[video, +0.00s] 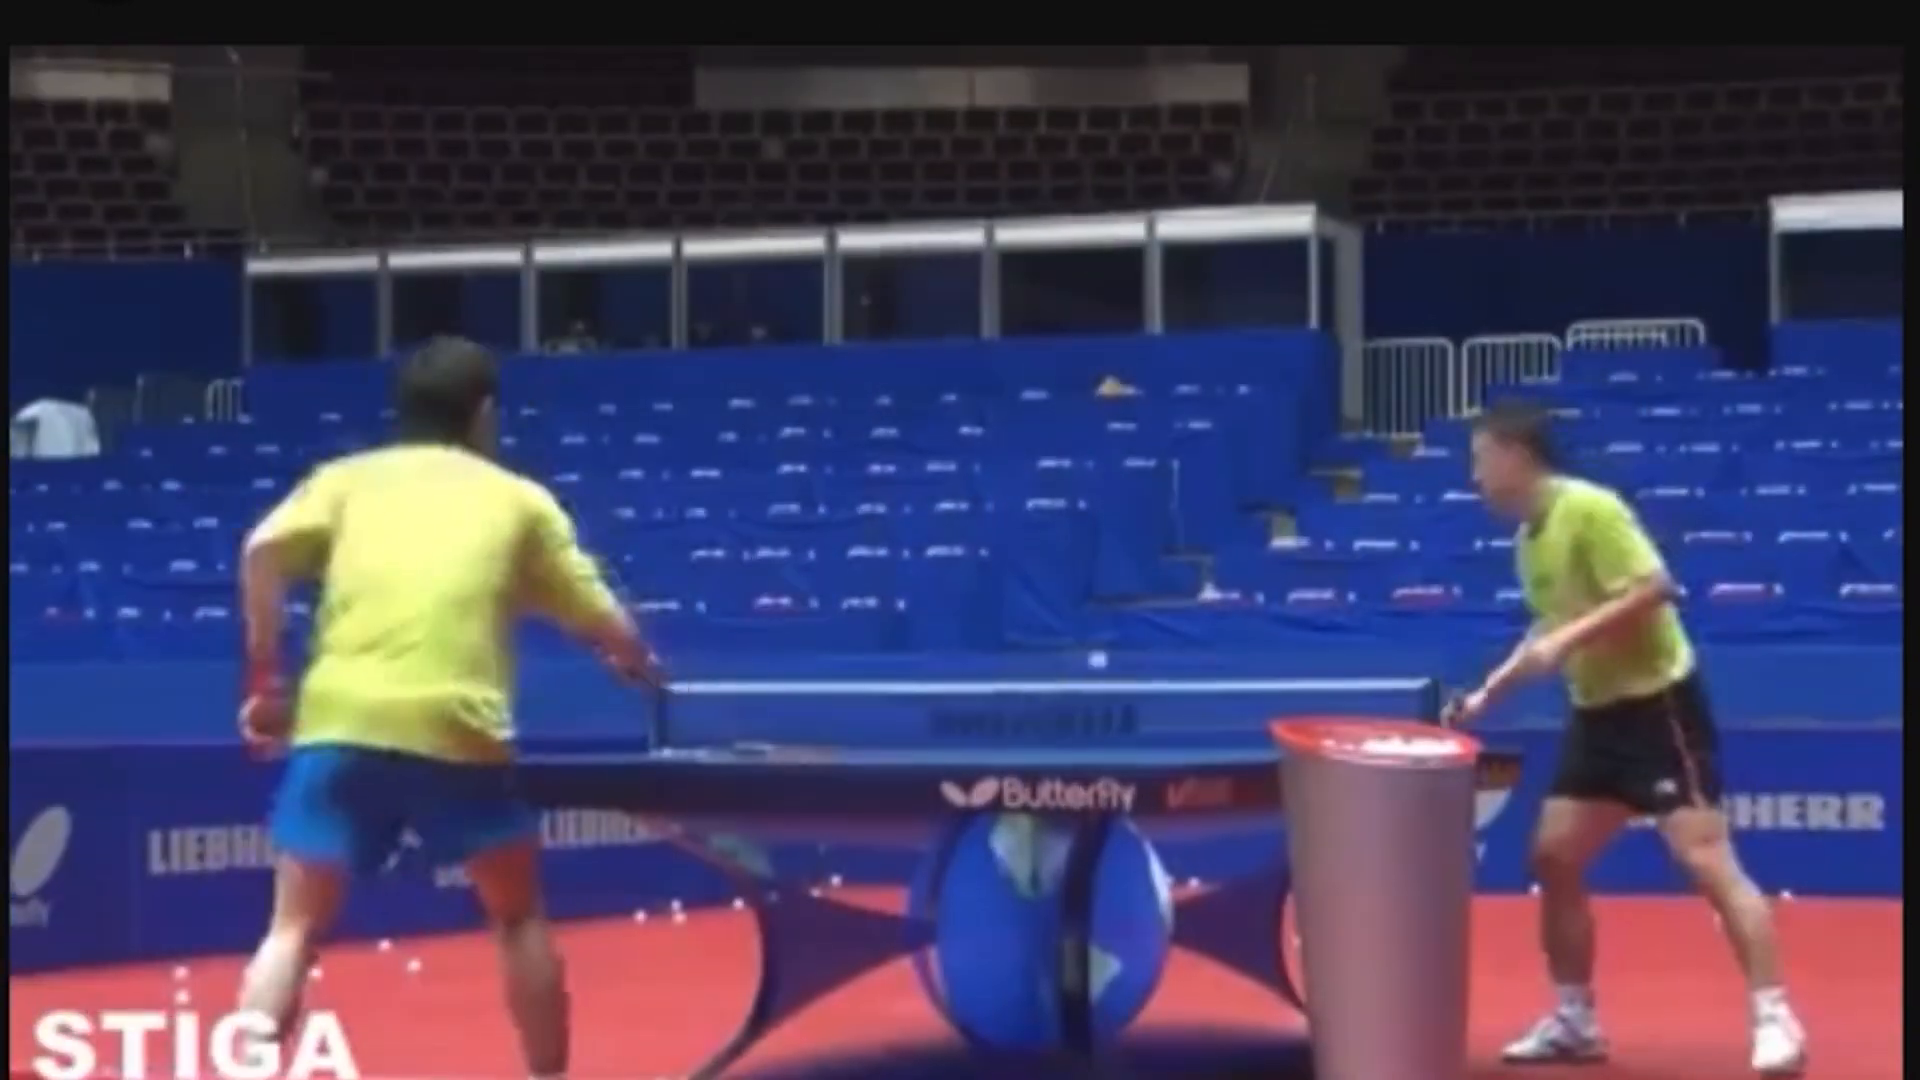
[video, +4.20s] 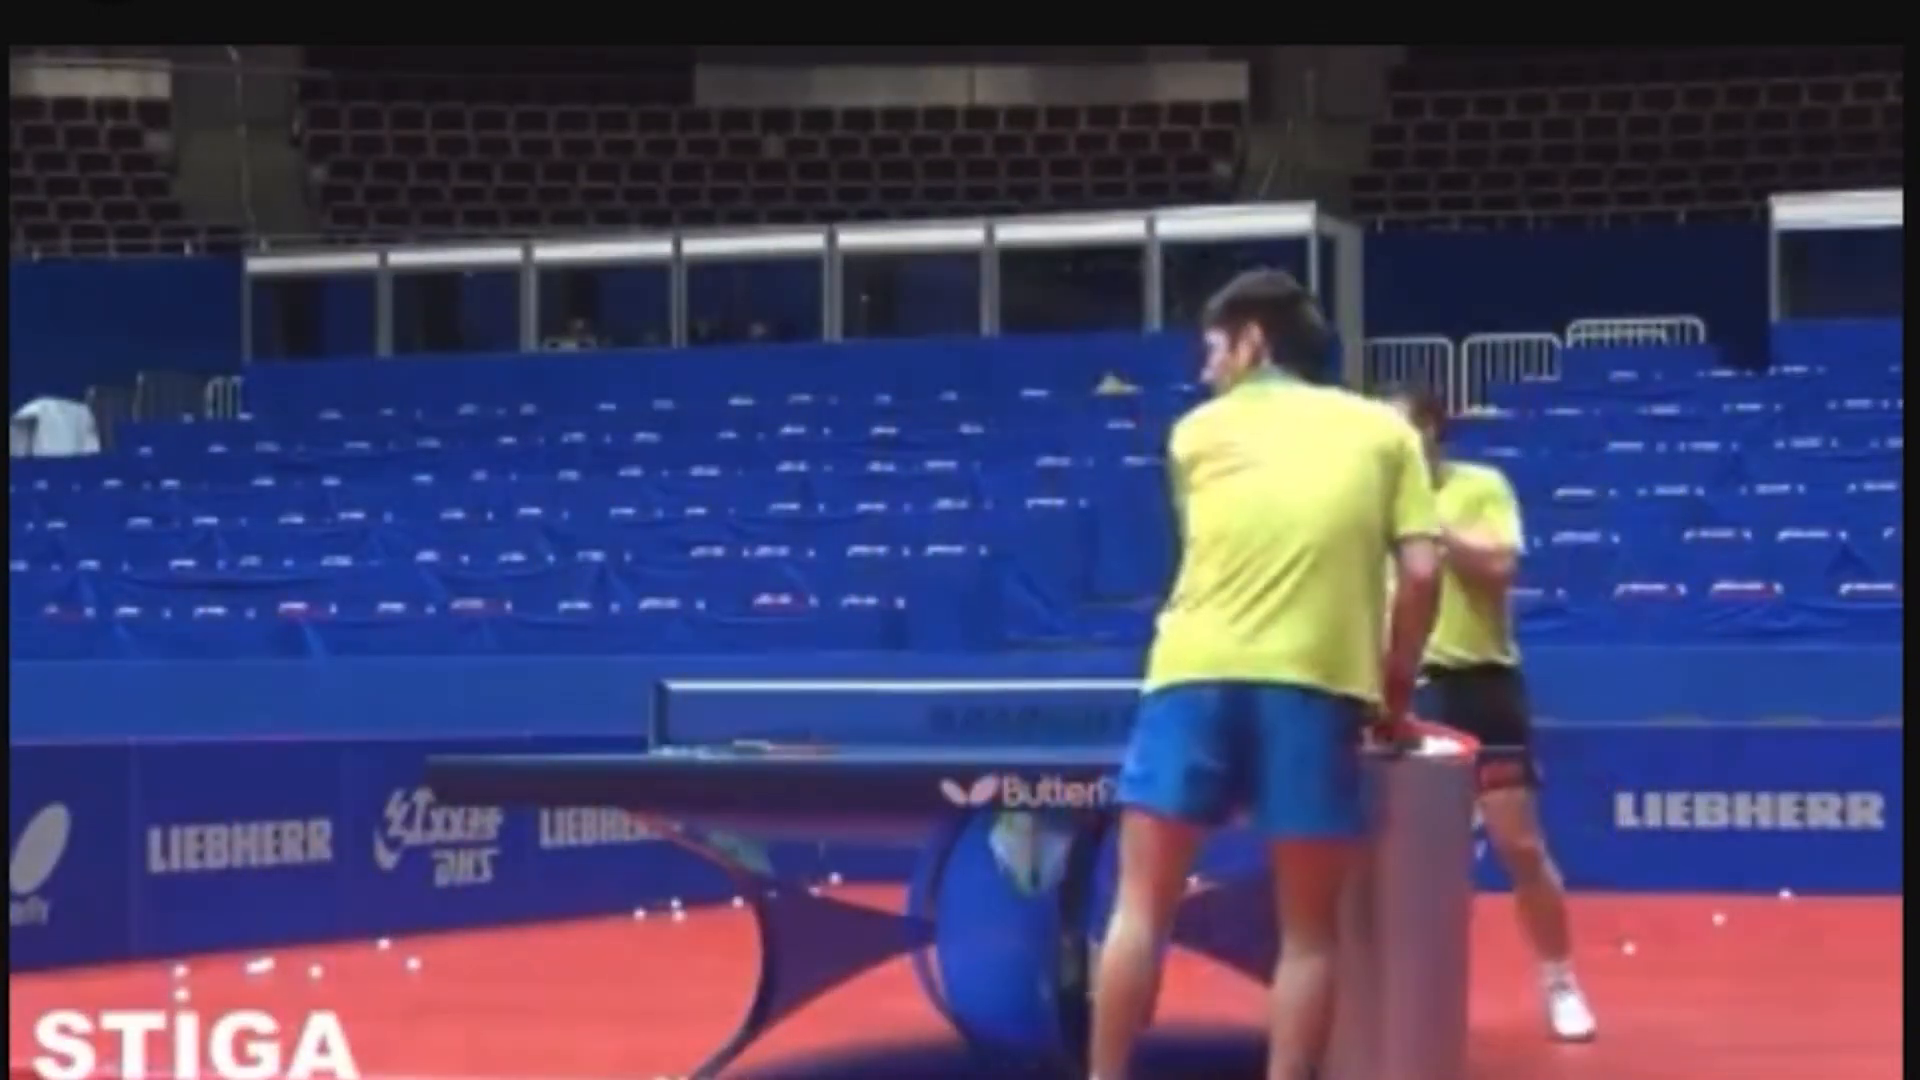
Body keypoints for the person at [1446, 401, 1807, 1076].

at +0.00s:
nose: (1476, 475)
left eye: (1484, 457)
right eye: (1475, 460)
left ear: (1522, 456)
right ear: (1510, 462)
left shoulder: (1590, 509)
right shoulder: (1530, 538)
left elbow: (1653, 585)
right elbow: (1550, 635)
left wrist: (1566, 638)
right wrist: (1486, 694)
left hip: (1661, 702)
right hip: (1599, 713)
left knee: (1705, 857)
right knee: (1555, 856)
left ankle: (1772, 1013)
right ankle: (1574, 1018)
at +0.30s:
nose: (1485, 430)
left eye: (1497, 414)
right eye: (1480, 420)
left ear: (1541, 417)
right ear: (1486, 438)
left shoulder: (1609, 478)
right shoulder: (1496, 519)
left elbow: (1664, 554)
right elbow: (1497, 619)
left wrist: (1579, 590)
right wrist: (1487, 712)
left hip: (1629, 678)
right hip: (1553, 690)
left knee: (1656, 851)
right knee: (1563, 852)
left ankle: (1680, 995)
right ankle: (1573, 1010)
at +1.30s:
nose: (1553, 425)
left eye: (1568, 414)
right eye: (1545, 413)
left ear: (1596, 428)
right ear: (1531, 425)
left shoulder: (1630, 507)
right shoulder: (1502, 500)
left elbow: (1659, 585)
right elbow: (1454, 576)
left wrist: (1645, 610)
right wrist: (1458, 625)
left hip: (1592, 681)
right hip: (1511, 679)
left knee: (1603, 845)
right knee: (1486, 838)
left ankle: (1606, 990)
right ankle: (1475, 973)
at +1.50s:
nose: (1503, 438)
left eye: (1516, 427)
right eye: (1495, 425)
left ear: (1543, 437)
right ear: (1483, 434)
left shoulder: (1577, 508)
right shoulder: (1454, 515)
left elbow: (1621, 589)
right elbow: (1426, 598)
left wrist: (1583, 609)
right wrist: (1406, 565)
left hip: (1549, 686)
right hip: (1474, 685)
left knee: (1574, 850)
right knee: (1465, 853)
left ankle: (1601, 989)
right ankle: (1462, 987)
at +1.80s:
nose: (1443, 432)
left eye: (1455, 421)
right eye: (1434, 422)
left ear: (1482, 430)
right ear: (1422, 433)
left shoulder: (1520, 496)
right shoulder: (1416, 508)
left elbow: (1565, 571)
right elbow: (1374, 572)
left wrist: (1500, 601)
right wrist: (1366, 612)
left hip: (1508, 673)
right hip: (1445, 673)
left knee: (1502, 834)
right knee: (1446, 836)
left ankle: (1520, 981)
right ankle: (1453, 980)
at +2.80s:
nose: (1481, 435)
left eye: (1494, 423)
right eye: (1473, 424)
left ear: (1520, 434)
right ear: (1460, 435)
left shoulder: (1560, 503)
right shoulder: (1440, 509)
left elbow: (1576, 591)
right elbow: (1418, 587)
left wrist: (1506, 601)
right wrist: (1443, 602)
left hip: (1538, 680)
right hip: (1462, 680)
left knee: (1562, 843)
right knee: (1458, 846)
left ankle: (1586, 984)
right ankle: (1458, 985)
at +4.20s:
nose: (1401, 443)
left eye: (1410, 429)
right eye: (1391, 431)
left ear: (1434, 430)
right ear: (1378, 439)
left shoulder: (1477, 486)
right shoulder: (1370, 495)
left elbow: (1498, 565)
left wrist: (1429, 533)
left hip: (1476, 670)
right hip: (1394, 677)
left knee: (1515, 835)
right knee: (1386, 841)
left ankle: (1559, 977)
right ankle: (1384, 990)